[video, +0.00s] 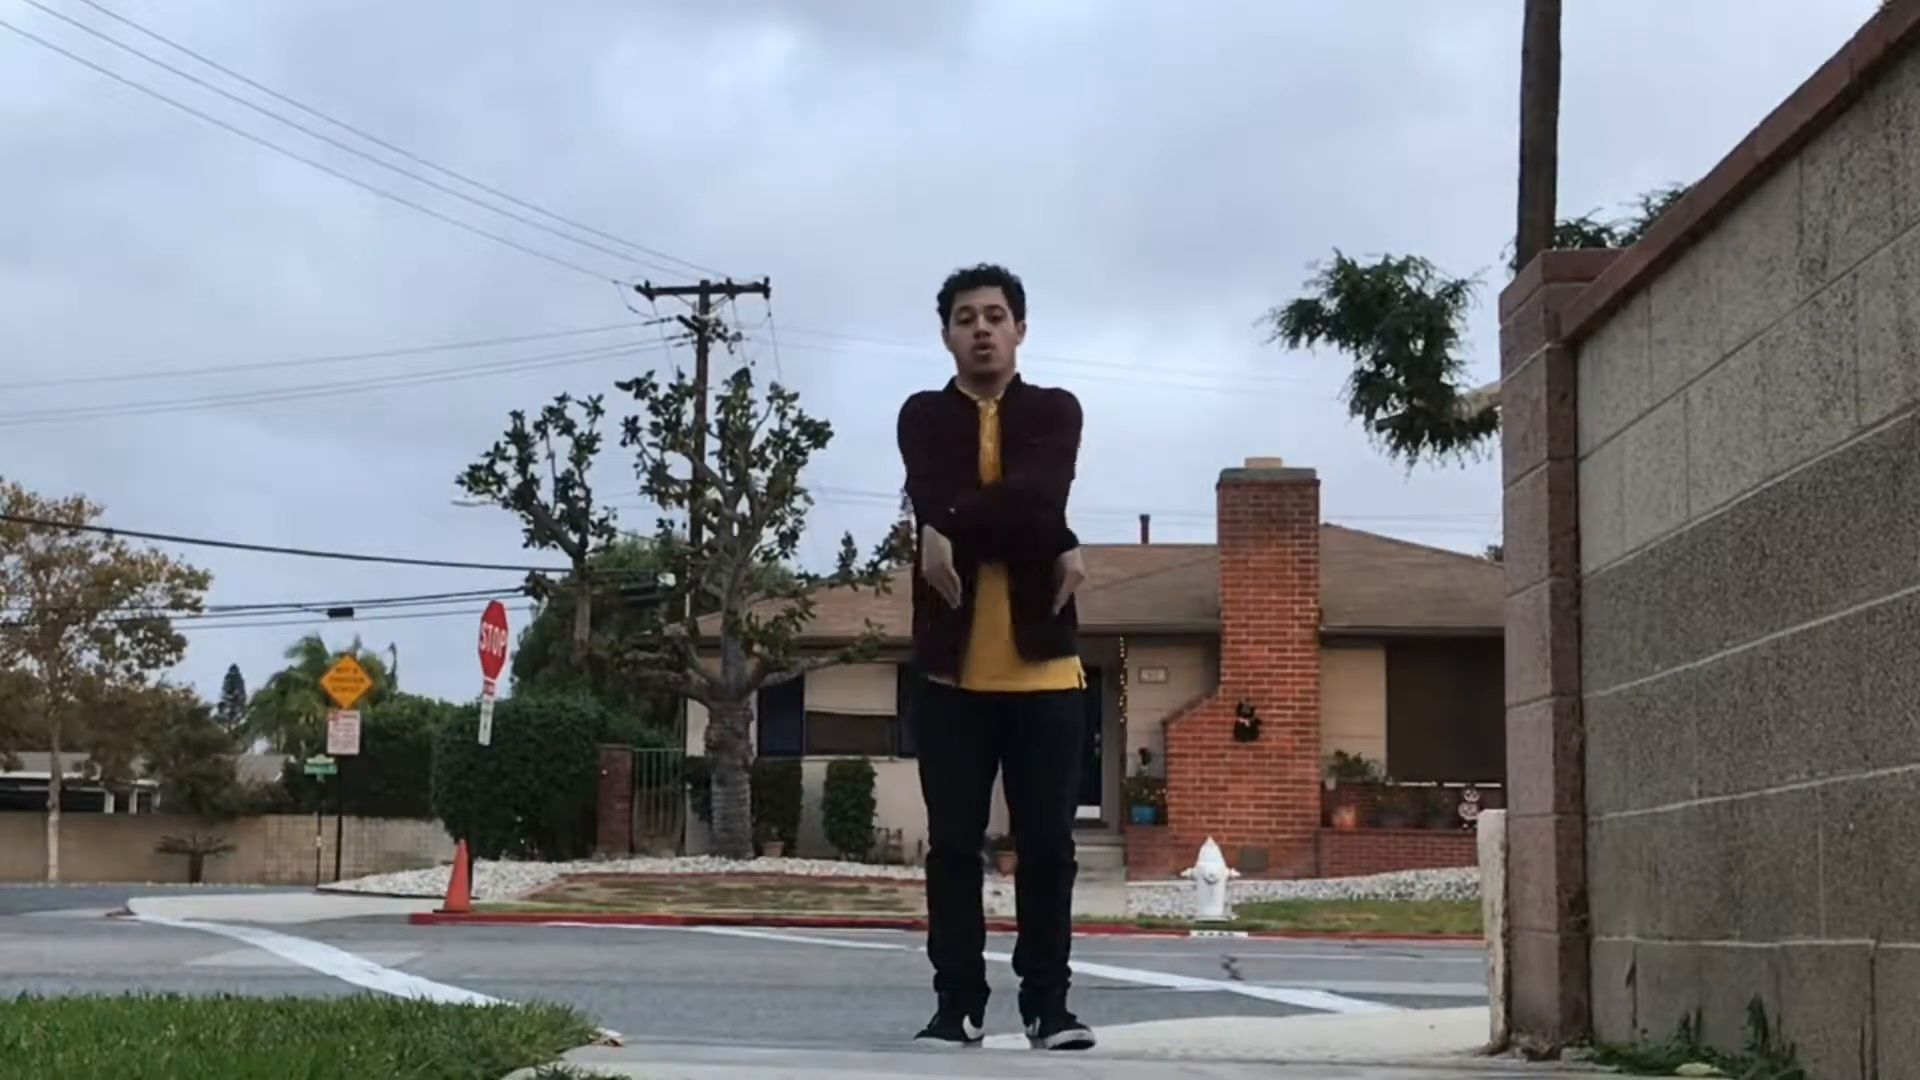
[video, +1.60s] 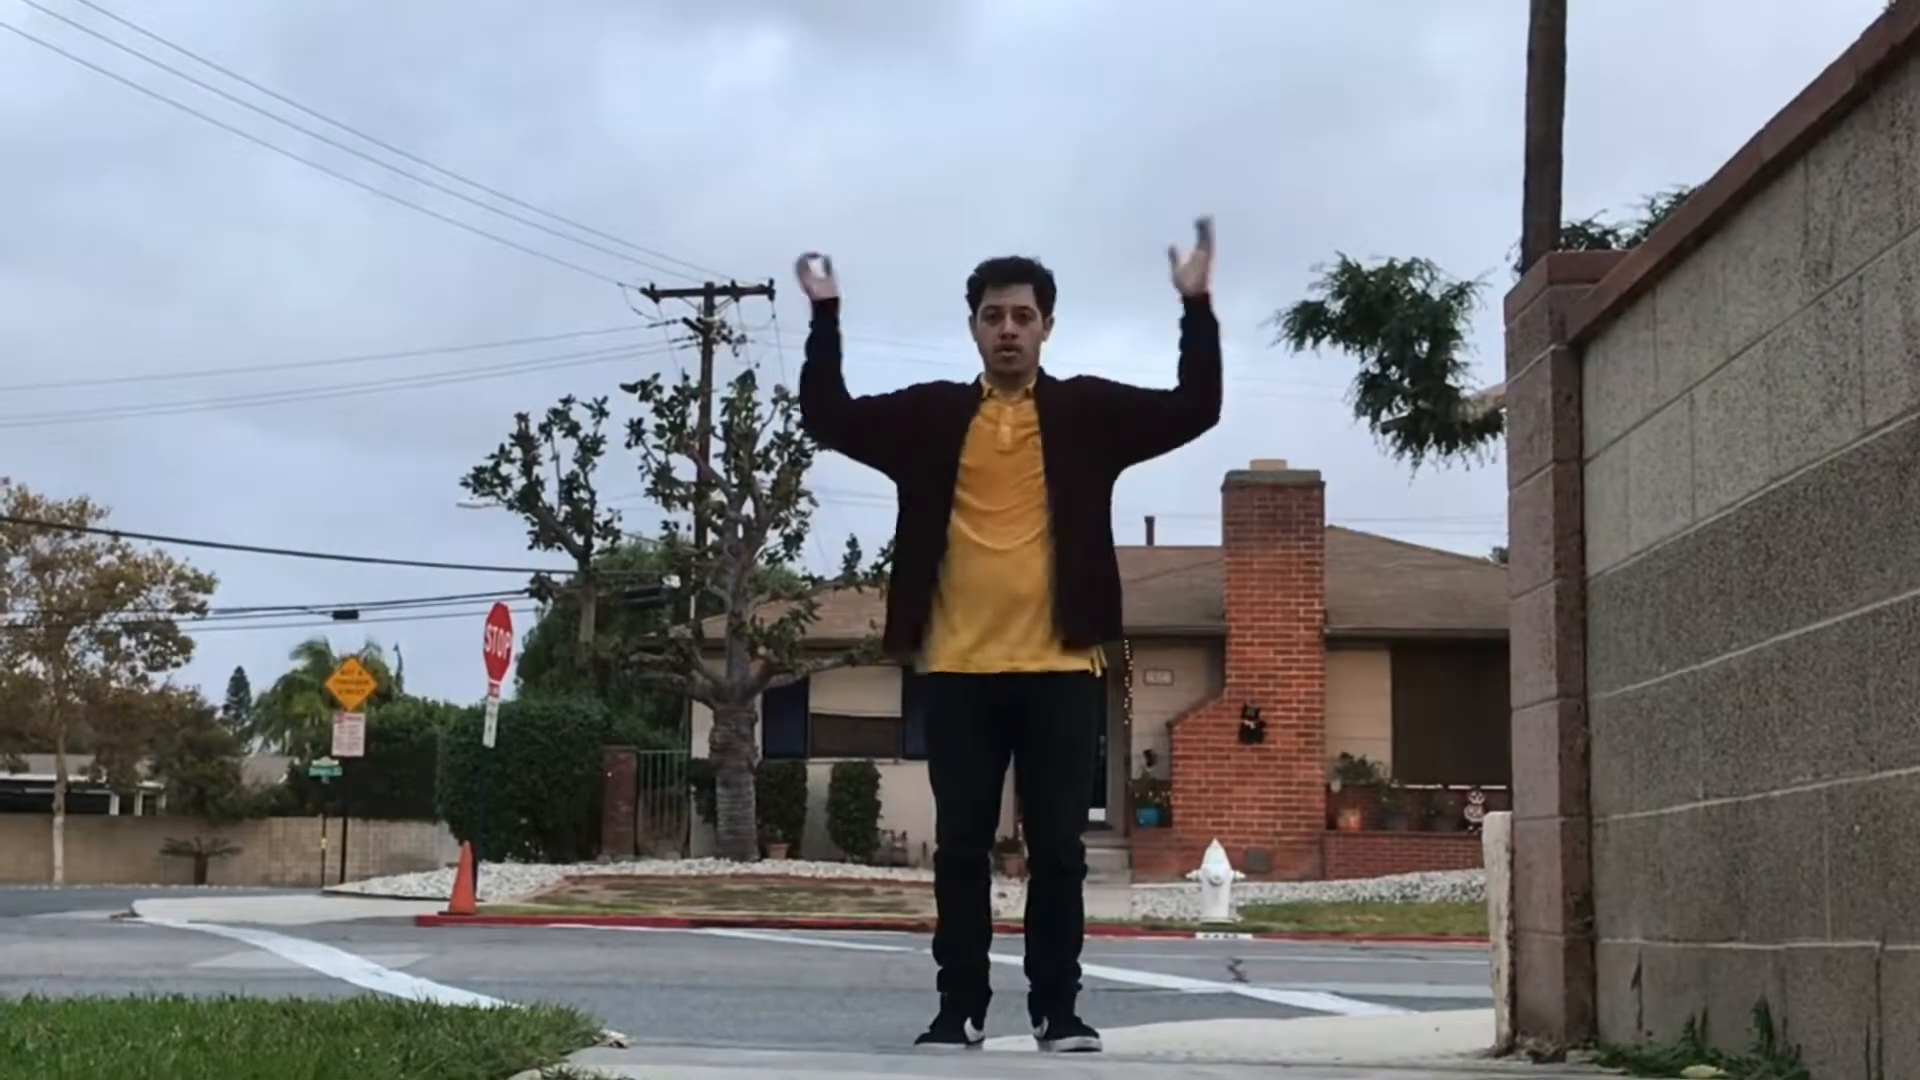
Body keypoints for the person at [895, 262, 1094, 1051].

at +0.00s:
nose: (981, 329)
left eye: (994, 316)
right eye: (965, 318)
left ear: (1020, 330)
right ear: (946, 336)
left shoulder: (1056, 409)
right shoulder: (923, 414)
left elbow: (1038, 498)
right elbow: (945, 515)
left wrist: (945, 525)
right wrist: (1055, 543)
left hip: (1045, 674)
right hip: (952, 674)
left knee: (1047, 849)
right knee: (953, 848)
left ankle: (1047, 1007)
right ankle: (958, 1006)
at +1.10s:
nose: (1010, 326)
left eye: (1025, 313)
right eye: (996, 313)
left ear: (1048, 328)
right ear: (976, 328)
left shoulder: (1086, 418)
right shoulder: (941, 418)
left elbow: (1079, 518)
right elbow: (940, 521)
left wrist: (1022, 582)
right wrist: (987, 589)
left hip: (1058, 675)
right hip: (960, 672)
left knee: (1061, 848)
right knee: (956, 847)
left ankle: (1054, 1008)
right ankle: (958, 1010)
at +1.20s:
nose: (1011, 319)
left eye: (1025, 308)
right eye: (997, 308)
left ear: (1049, 325)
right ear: (975, 325)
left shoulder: (1087, 420)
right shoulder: (937, 424)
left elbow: (1111, 528)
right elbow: (908, 527)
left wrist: (1129, 620)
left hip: (1061, 673)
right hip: (962, 676)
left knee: (1058, 849)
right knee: (958, 848)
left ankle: (1055, 1010)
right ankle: (958, 1010)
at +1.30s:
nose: (1009, 320)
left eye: (1024, 308)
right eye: (995, 308)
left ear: (1047, 324)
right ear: (975, 324)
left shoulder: (1089, 416)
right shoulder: (932, 417)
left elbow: (1177, 487)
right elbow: (836, 474)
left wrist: (1276, 533)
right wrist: (747, 520)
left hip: (1061, 674)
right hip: (962, 674)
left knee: (1059, 850)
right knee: (960, 849)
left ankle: (1058, 1012)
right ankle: (959, 1013)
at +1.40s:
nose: (1008, 319)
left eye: (1023, 307)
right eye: (995, 307)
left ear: (1048, 323)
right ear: (972, 321)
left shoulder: (1094, 407)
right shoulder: (923, 409)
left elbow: (1210, 420)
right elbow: (818, 416)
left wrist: (1322, 393)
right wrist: (725, 392)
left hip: (1060, 670)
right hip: (958, 668)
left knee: (1058, 846)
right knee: (961, 842)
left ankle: (1055, 1013)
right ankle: (960, 1012)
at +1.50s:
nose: (1007, 325)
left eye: (1023, 312)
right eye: (993, 312)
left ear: (1047, 324)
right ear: (973, 325)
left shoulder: (1093, 406)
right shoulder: (929, 409)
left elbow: (1205, 404)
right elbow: (826, 413)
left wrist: (1276, 314)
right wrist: (756, 325)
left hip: (1061, 668)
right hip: (959, 666)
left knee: (1058, 849)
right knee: (961, 846)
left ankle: (1058, 1013)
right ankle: (960, 1013)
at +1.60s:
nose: (1008, 328)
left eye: (1023, 315)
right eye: (993, 315)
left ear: (1047, 325)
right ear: (973, 326)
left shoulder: (1089, 411)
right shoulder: (928, 414)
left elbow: (1196, 407)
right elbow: (827, 414)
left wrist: (1197, 303)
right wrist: (824, 317)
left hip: (1061, 669)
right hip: (958, 670)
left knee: (1058, 848)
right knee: (961, 848)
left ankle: (1058, 1015)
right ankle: (959, 1016)